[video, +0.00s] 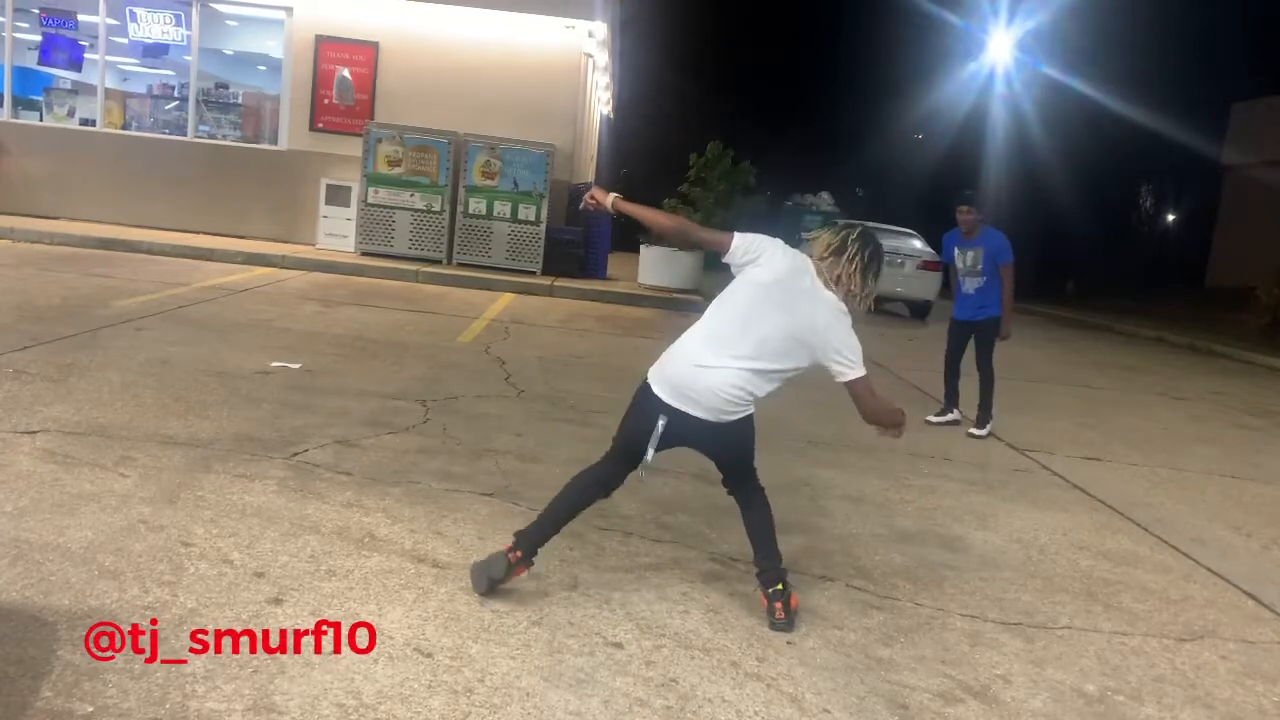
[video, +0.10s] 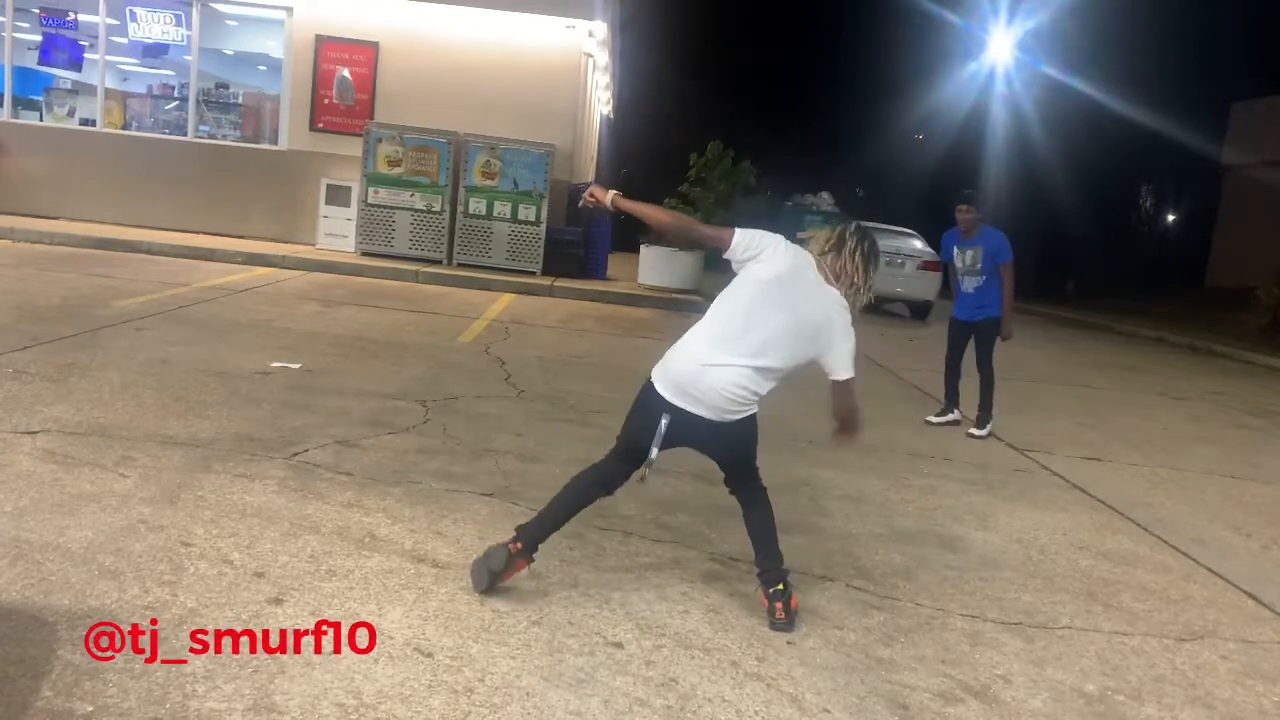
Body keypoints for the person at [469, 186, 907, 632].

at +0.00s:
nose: (862, 294)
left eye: (860, 282)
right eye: (865, 284)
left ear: (826, 250)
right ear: (856, 278)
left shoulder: (771, 252)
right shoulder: (834, 322)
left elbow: (687, 232)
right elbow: (871, 408)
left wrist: (617, 203)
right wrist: (894, 418)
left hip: (661, 391)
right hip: (724, 418)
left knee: (610, 468)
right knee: (746, 488)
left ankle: (520, 550)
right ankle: (776, 592)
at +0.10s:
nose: (859, 285)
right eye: (863, 276)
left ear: (821, 246)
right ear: (857, 272)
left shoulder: (774, 249)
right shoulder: (836, 316)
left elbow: (689, 229)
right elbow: (846, 410)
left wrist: (619, 201)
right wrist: (845, 425)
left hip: (665, 391)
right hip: (727, 420)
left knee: (612, 468)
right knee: (749, 489)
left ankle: (519, 546)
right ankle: (777, 594)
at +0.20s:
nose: (852, 289)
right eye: (856, 280)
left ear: (815, 244)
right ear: (852, 273)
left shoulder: (778, 247)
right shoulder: (832, 317)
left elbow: (693, 227)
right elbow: (793, 400)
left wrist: (619, 196)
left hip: (669, 389)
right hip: (732, 420)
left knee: (612, 465)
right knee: (756, 489)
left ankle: (521, 541)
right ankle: (779, 594)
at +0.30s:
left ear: (796, 237)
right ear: (830, 265)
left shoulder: (771, 246)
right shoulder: (813, 315)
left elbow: (694, 217)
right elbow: (778, 364)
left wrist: (620, 176)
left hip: (669, 394)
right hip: (733, 419)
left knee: (608, 468)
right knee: (753, 486)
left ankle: (515, 545)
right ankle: (778, 591)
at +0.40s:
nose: (776, 232)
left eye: (781, 230)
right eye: (780, 230)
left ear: (789, 239)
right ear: (819, 261)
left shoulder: (765, 249)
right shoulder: (803, 311)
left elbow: (694, 214)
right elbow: (776, 362)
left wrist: (620, 170)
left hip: (668, 396)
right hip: (729, 421)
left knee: (607, 469)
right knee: (749, 489)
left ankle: (513, 548)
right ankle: (777, 592)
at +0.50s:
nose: (773, 223)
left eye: (784, 222)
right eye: (779, 219)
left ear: (794, 238)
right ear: (811, 258)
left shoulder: (757, 246)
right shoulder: (797, 312)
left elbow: (686, 240)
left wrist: (601, 213)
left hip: (665, 394)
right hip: (727, 421)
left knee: (606, 464)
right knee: (747, 487)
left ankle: (512, 548)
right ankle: (778, 592)